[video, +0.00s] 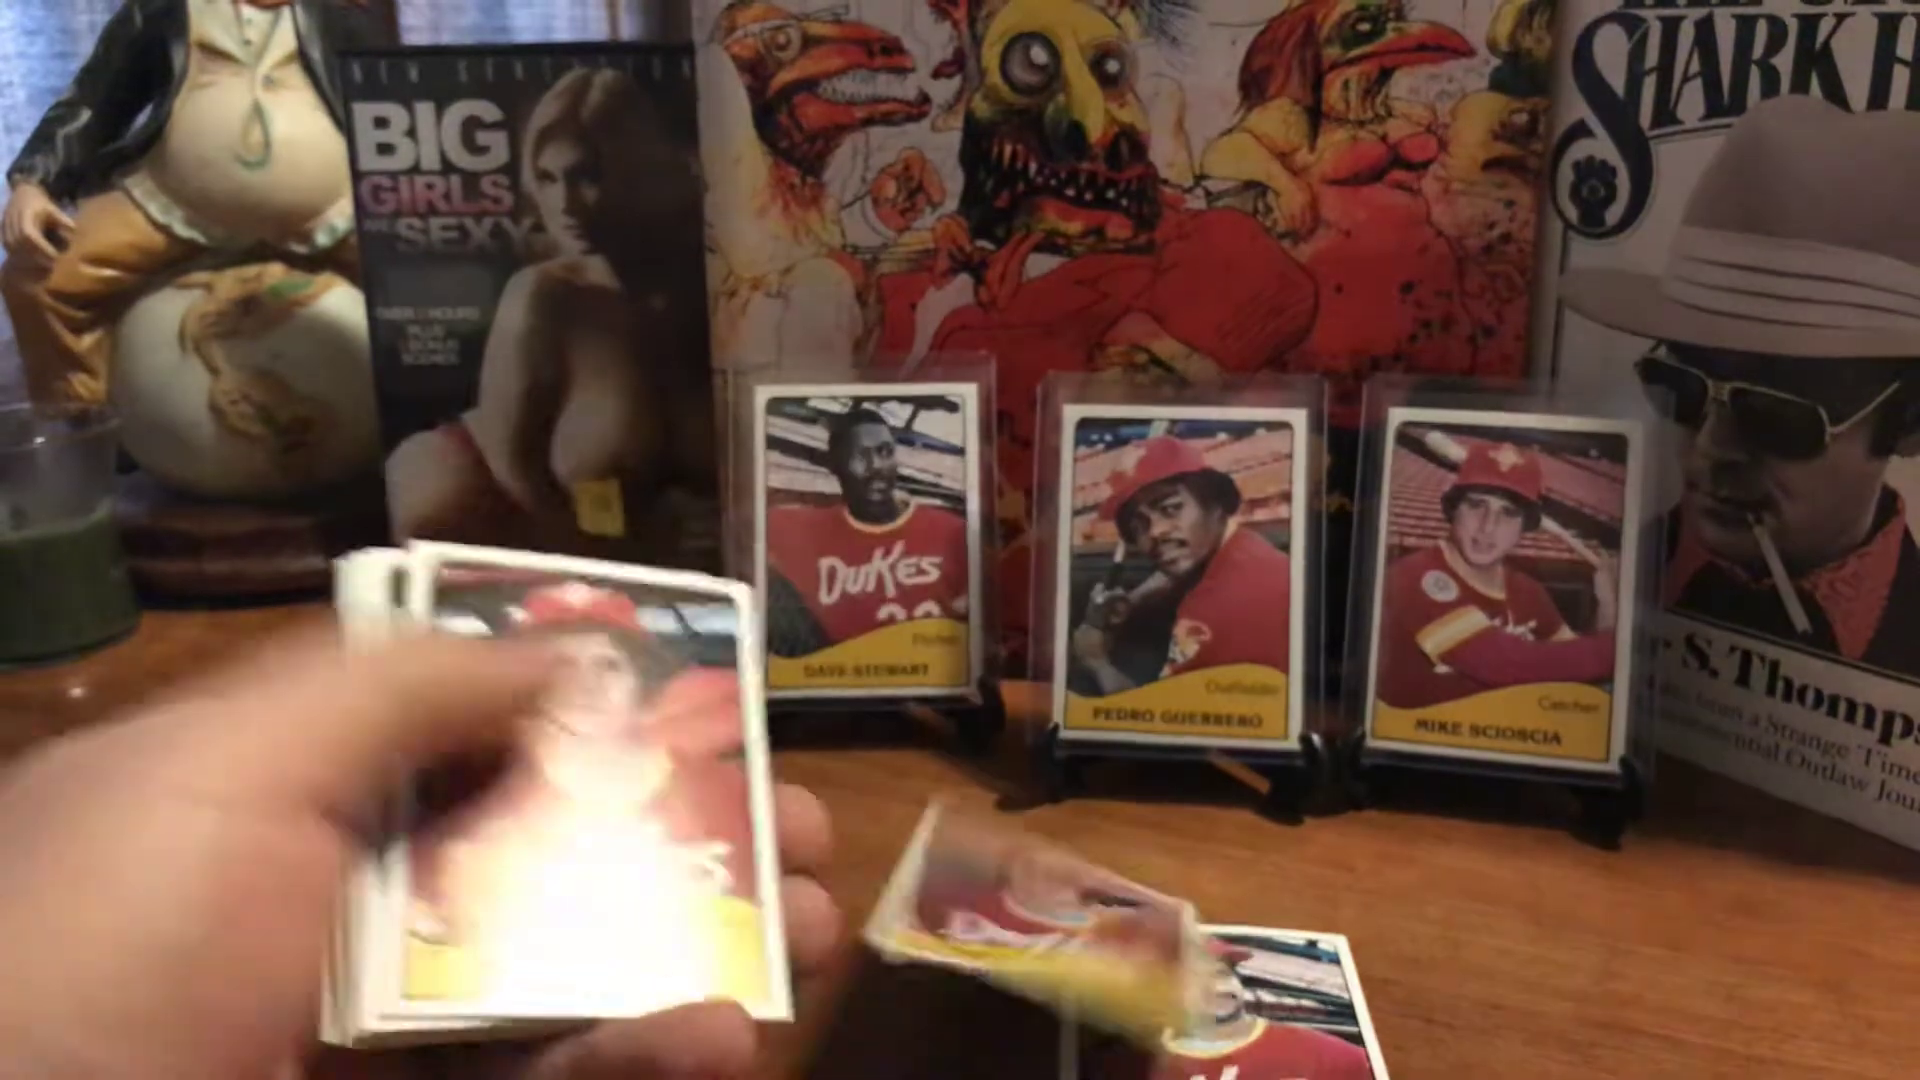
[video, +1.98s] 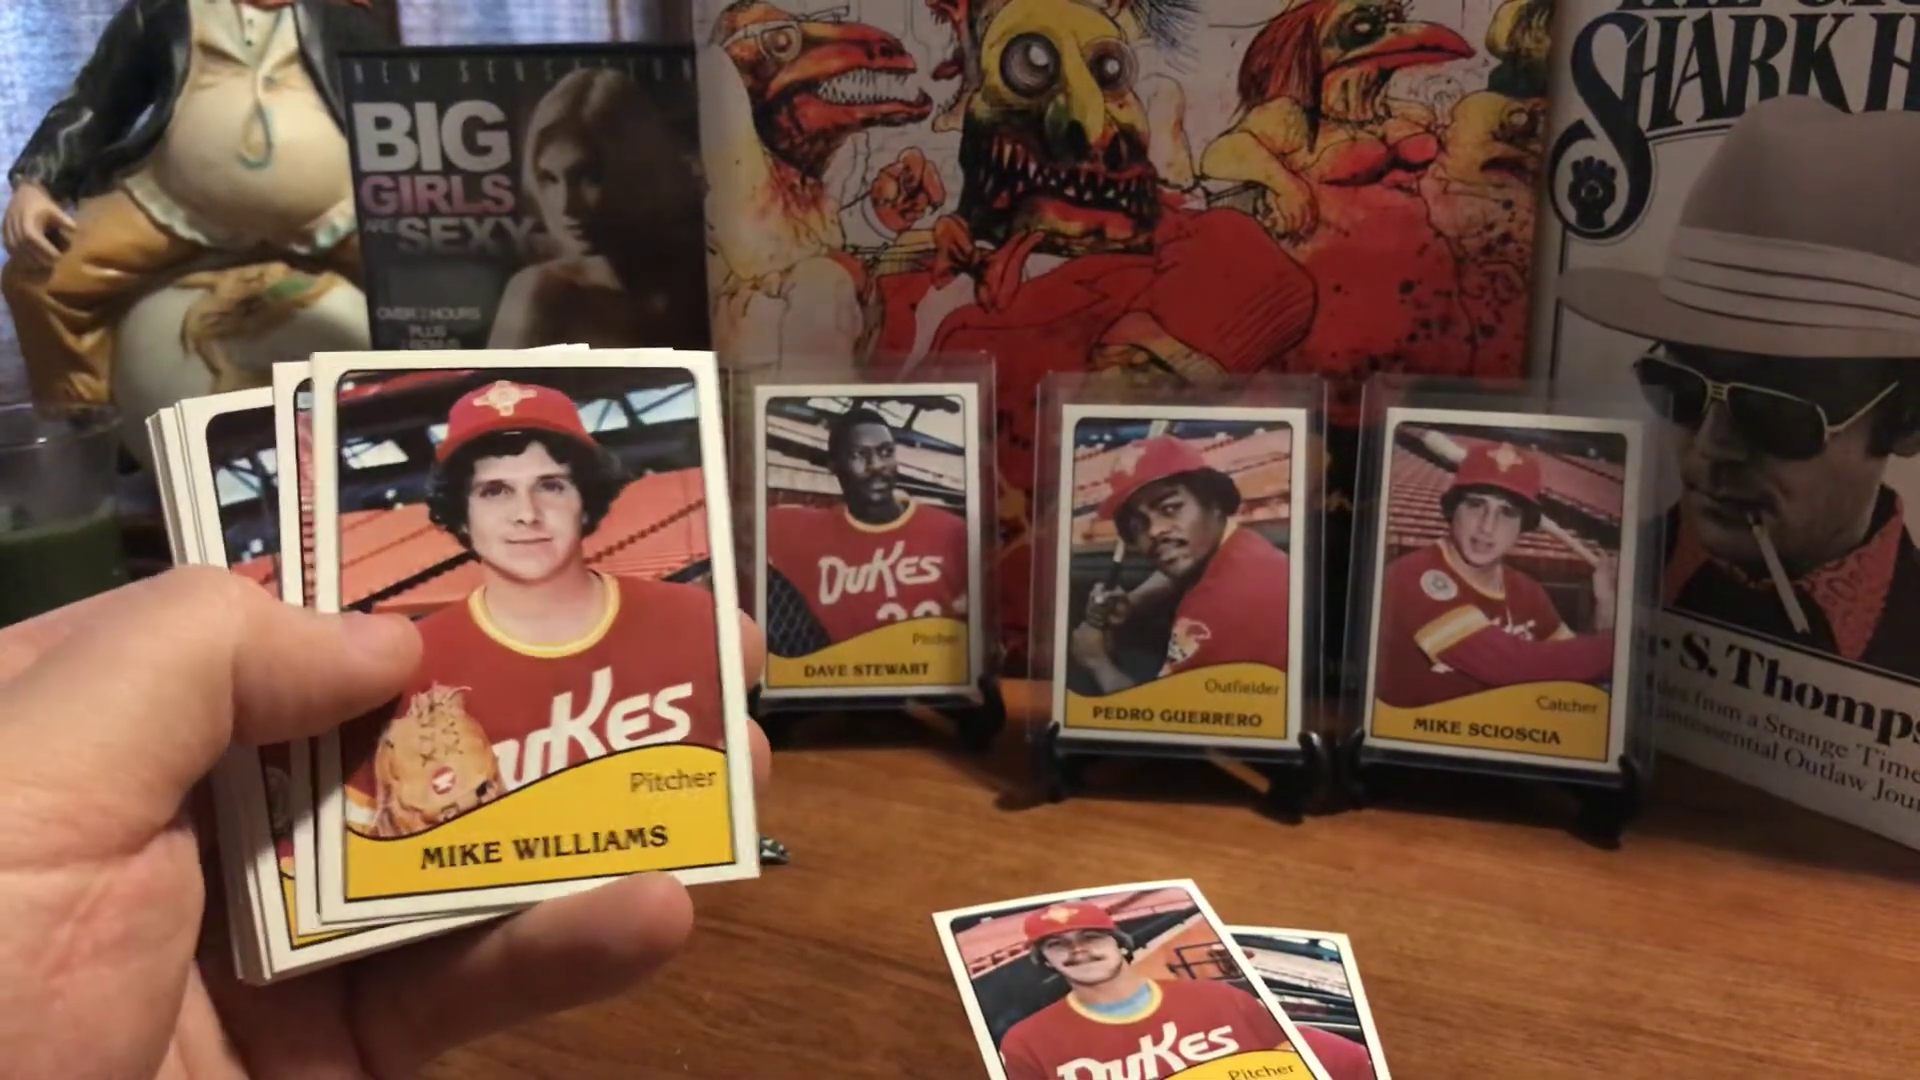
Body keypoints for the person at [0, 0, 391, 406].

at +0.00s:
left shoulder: (341, 17)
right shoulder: (157, 13)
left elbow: (395, 97)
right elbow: (93, 101)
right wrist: (30, 180)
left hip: (334, 212)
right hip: (172, 206)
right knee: (38, 277)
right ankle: (89, 446)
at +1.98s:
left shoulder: (346, 18)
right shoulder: (159, 14)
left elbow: (400, 99)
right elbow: (94, 102)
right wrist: (31, 182)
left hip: (335, 211)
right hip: (176, 205)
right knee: (39, 280)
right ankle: (93, 445)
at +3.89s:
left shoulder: (347, 15)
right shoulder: (159, 13)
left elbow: (394, 86)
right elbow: (101, 95)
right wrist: (34, 179)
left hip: (342, 208)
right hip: (179, 204)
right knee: (42, 277)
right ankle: (94, 436)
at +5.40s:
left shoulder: (349, 21)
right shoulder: (166, 13)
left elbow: (408, 106)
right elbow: (99, 103)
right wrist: (37, 184)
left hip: (342, 214)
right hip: (181, 208)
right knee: (44, 282)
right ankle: (102, 454)